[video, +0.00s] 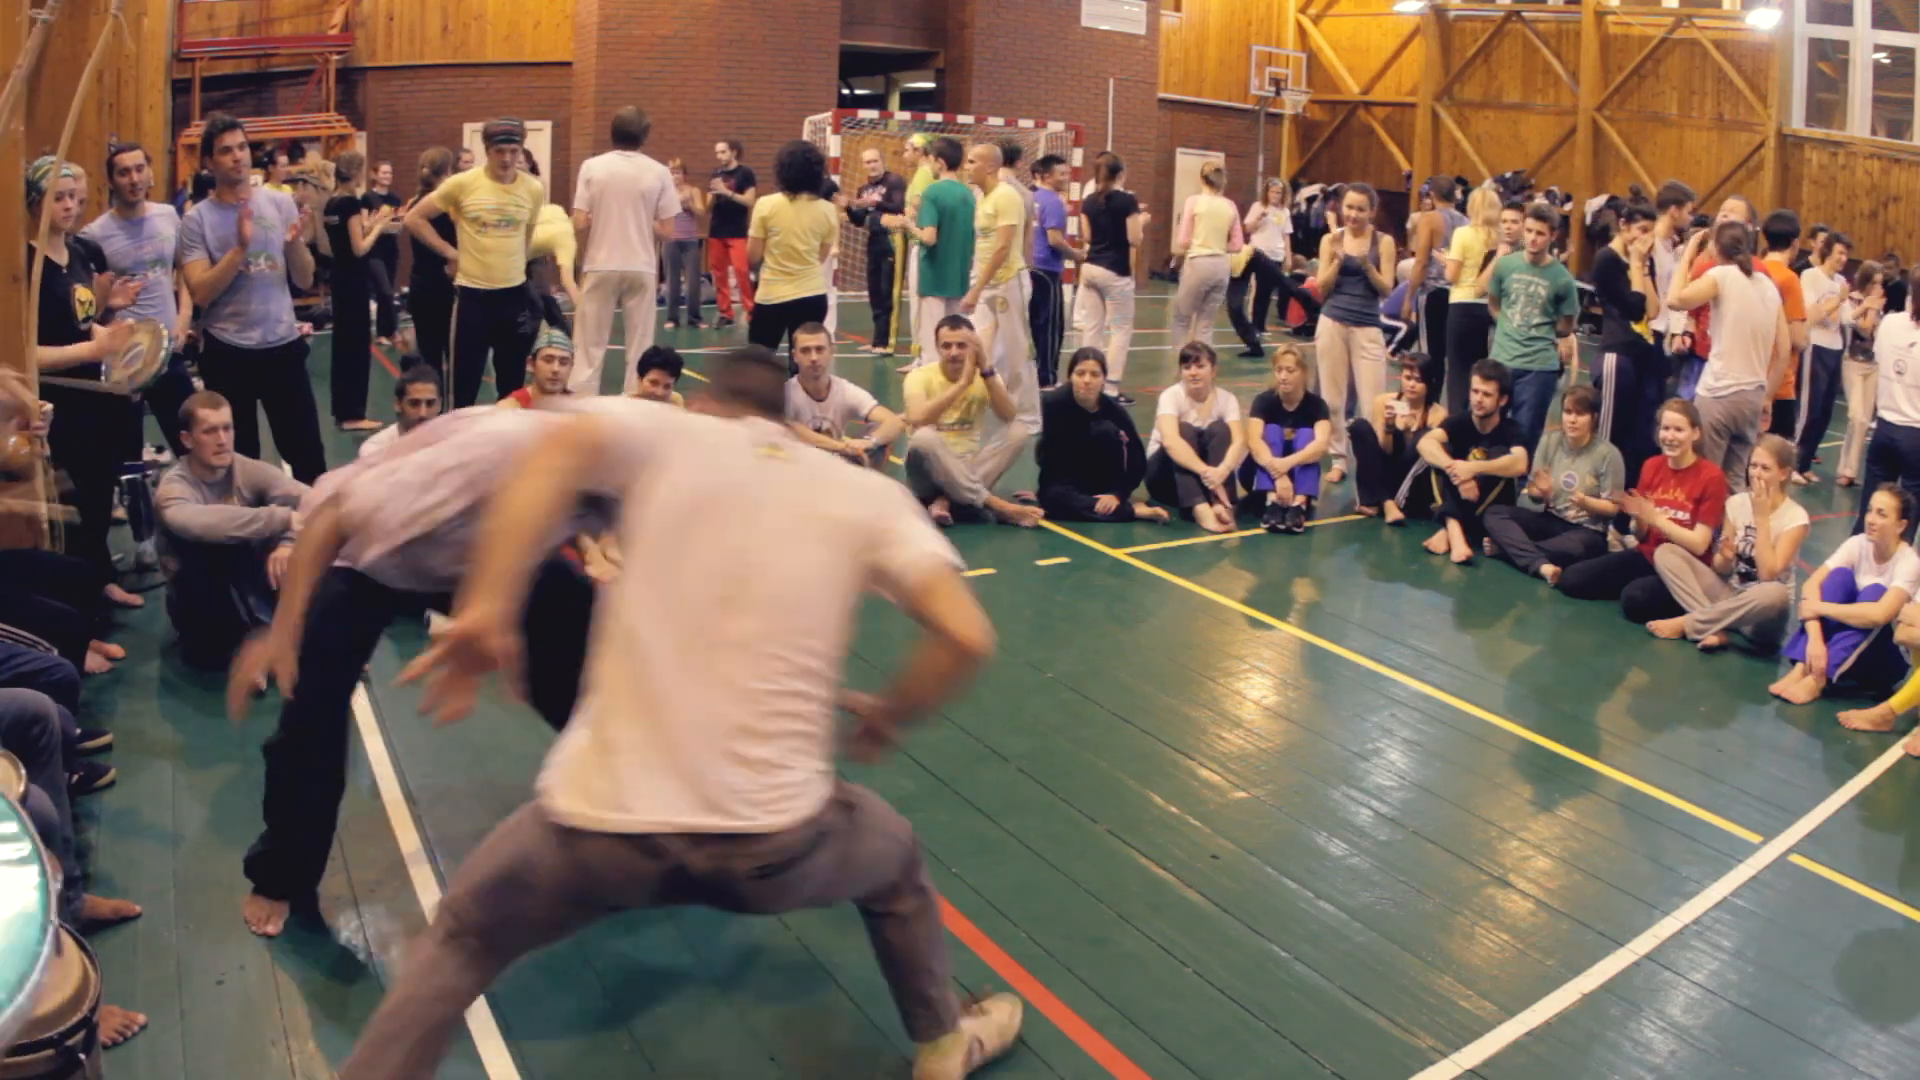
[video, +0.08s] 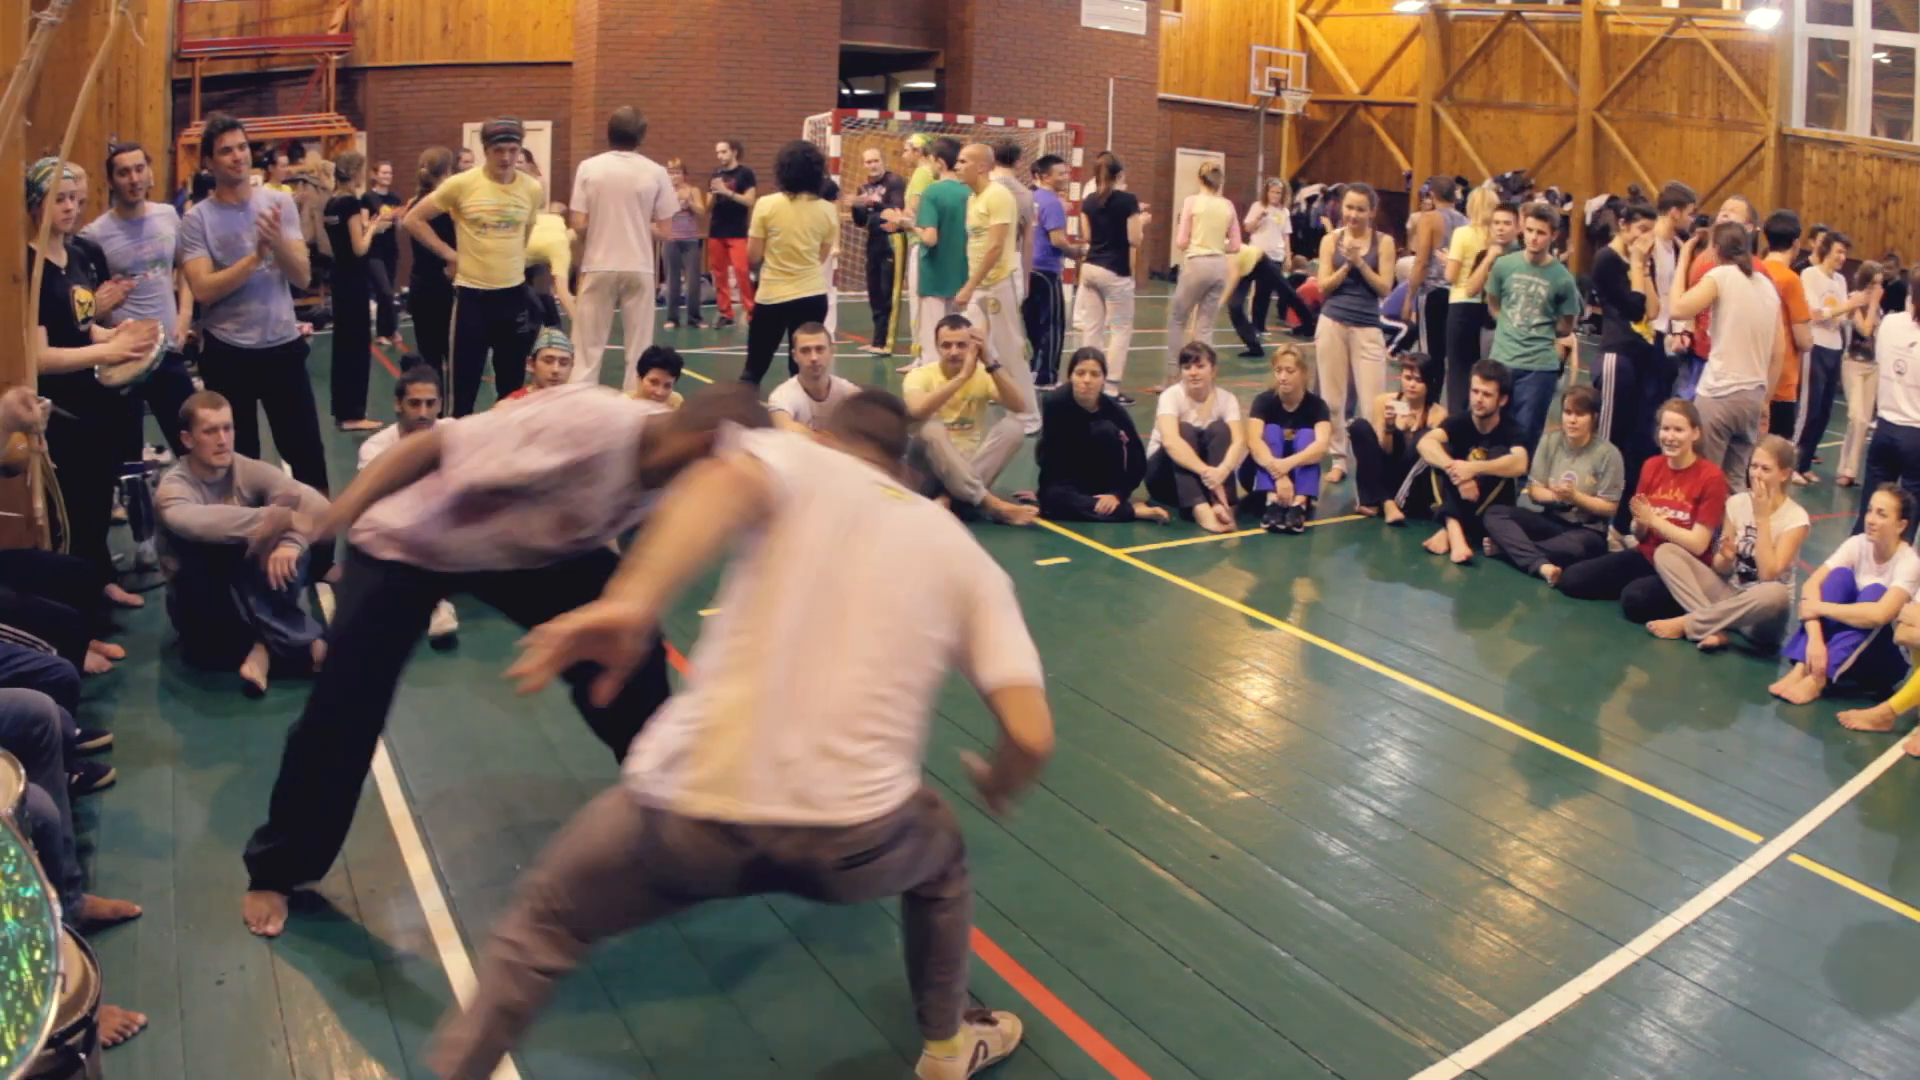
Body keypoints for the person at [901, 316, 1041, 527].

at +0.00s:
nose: (954, 353)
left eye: (961, 346)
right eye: (946, 346)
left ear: (974, 348)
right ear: (937, 348)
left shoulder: (983, 376)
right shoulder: (919, 377)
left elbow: (1008, 414)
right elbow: (917, 418)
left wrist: (986, 368)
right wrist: (962, 384)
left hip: (971, 470)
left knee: (1019, 432)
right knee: (925, 437)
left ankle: (947, 499)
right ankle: (997, 506)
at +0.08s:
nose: (954, 352)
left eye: (961, 346)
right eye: (946, 346)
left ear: (972, 348)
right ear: (937, 348)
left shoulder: (981, 375)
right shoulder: (919, 376)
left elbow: (1018, 406)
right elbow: (915, 412)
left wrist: (989, 361)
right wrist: (962, 376)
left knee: (1012, 427)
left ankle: (948, 499)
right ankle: (990, 503)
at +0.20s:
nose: (954, 355)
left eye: (961, 348)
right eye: (946, 349)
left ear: (973, 349)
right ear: (937, 350)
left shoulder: (987, 378)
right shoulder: (919, 378)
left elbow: (1030, 410)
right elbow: (910, 416)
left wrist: (1007, 376)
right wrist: (960, 391)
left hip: (979, 451)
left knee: (1013, 424)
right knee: (935, 426)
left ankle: (975, 475)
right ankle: (968, 478)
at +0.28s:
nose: (956, 358)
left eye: (963, 350)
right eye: (948, 351)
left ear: (974, 351)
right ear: (938, 353)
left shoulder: (987, 379)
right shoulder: (920, 381)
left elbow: (1032, 418)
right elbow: (914, 419)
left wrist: (1013, 390)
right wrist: (961, 410)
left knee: (1011, 424)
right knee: (940, 429)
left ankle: (975, 480)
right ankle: (975, 480)